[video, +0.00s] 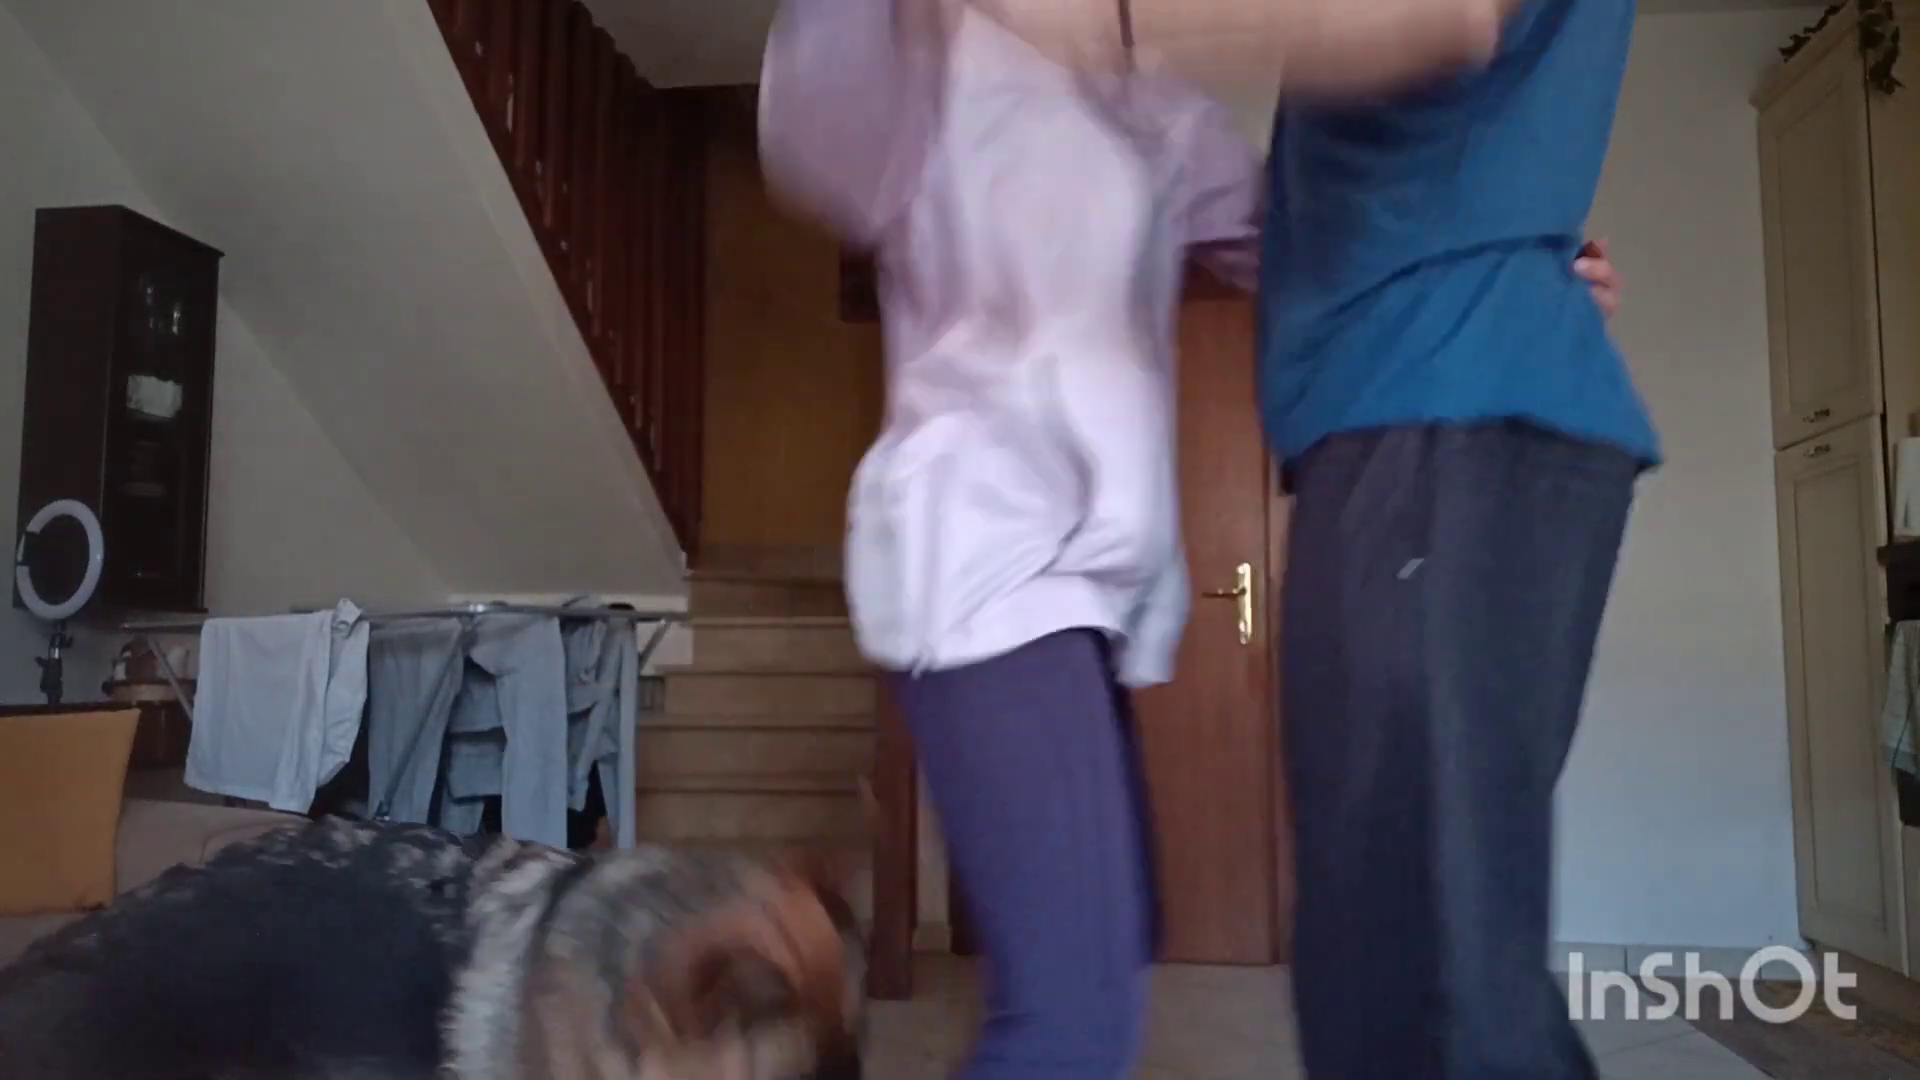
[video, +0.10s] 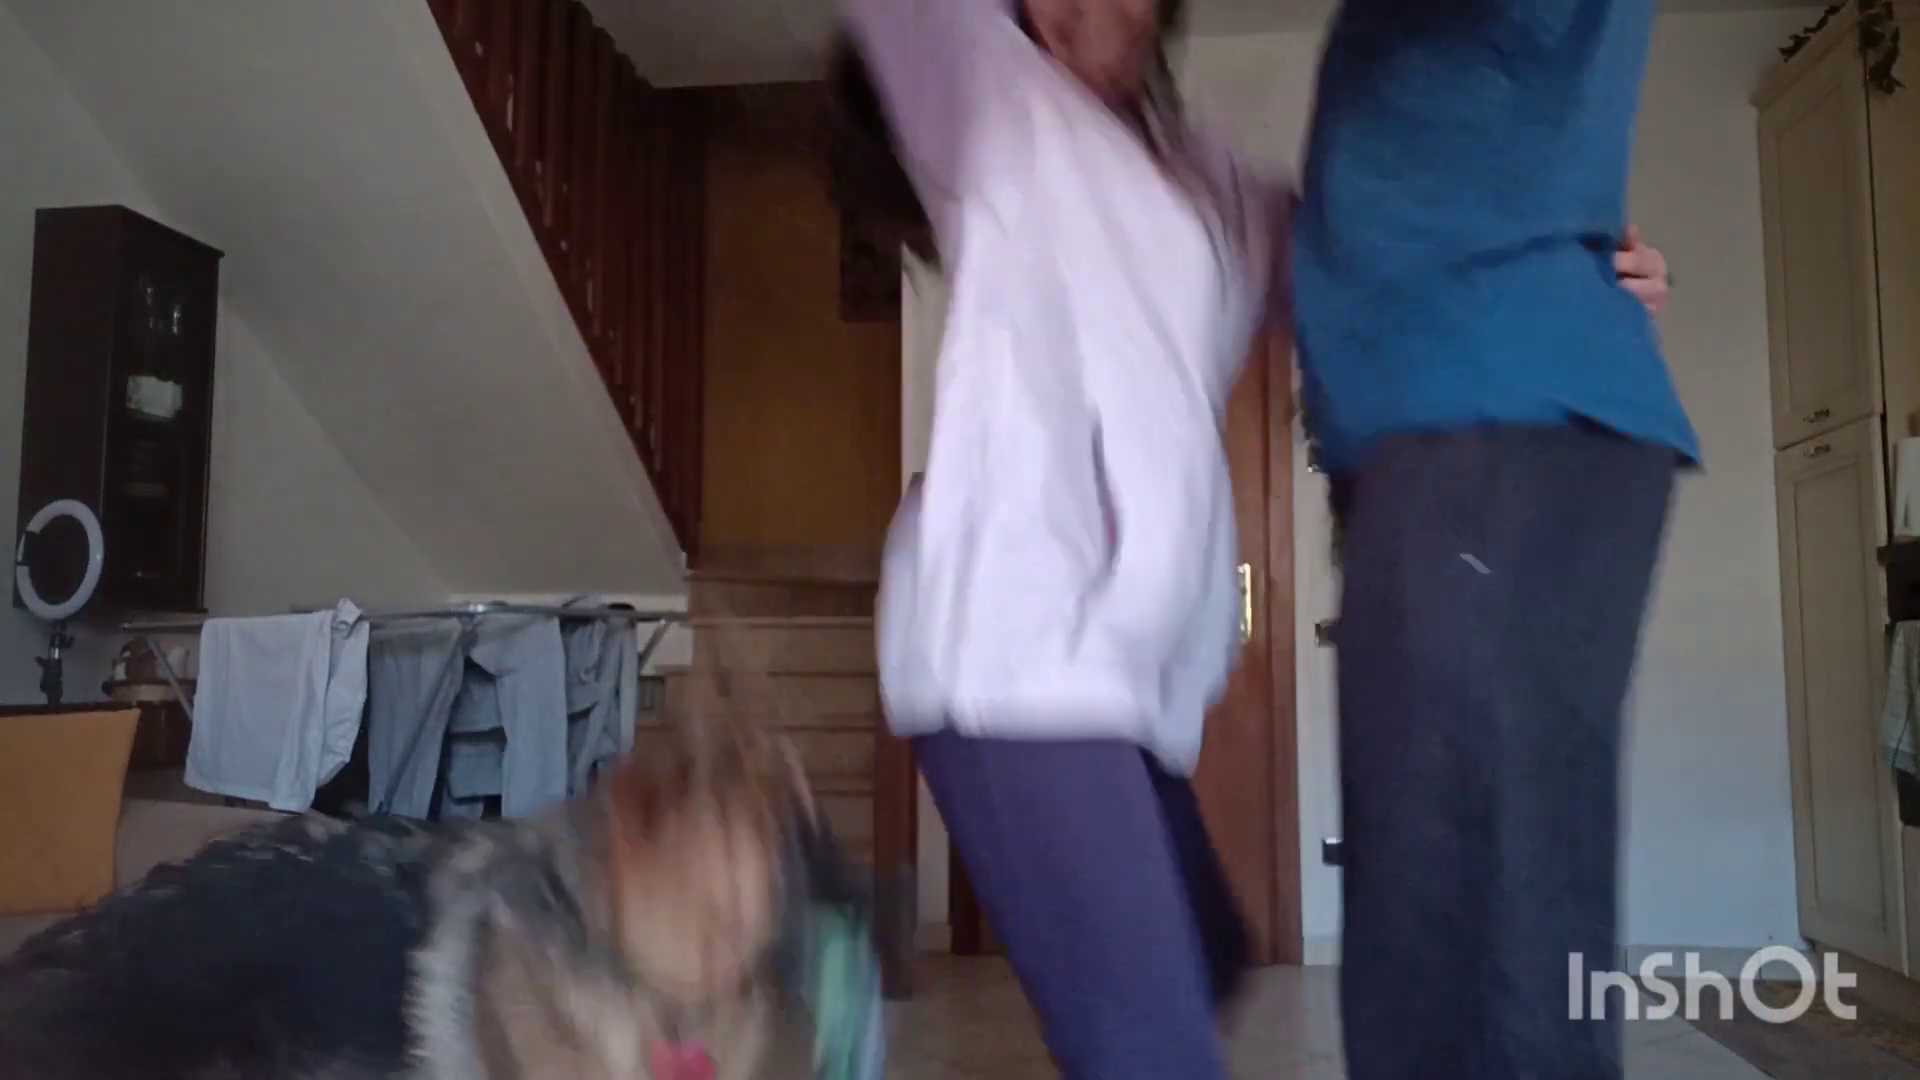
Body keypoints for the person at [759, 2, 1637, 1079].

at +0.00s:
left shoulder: (1151, 96)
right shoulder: (925, 43)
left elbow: (1308, 253)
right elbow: (826, 178)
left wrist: (1527, 269)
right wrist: (876, 2)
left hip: (1091, 568)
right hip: (974, 551)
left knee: (1104, 966)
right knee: (1070, 1006)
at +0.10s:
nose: (1123, 4)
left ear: (1158, 14)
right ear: (1035, 1)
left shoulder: (1205, 181)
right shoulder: (986, 98)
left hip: (1116, 673)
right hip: (1008, 670)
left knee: (1203, 961)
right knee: (1155, 1053)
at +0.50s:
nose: (1196, 40)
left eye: (1222, 13)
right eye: (1166, 15)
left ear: (1262, 29)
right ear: (1130, 30)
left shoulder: (1331, 194)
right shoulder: (1108, 129)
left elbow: (1465, 312)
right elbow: (1050, 13)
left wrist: (1632, 327)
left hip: (1292, 631)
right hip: (1152, 610)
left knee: (1316, 966)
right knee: (1257, 968)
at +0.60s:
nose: (1220, 80)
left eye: (1242, 50)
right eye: (1189, 56)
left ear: (1289, 66)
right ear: (1156, 80)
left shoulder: (1355, 243)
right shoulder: (1137, 183)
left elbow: (1476, 367)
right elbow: (1073, 25)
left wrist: (1635, 365)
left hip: (1311, 664)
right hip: (1169, 660)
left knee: (1353, 983)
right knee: (1263, 1005)